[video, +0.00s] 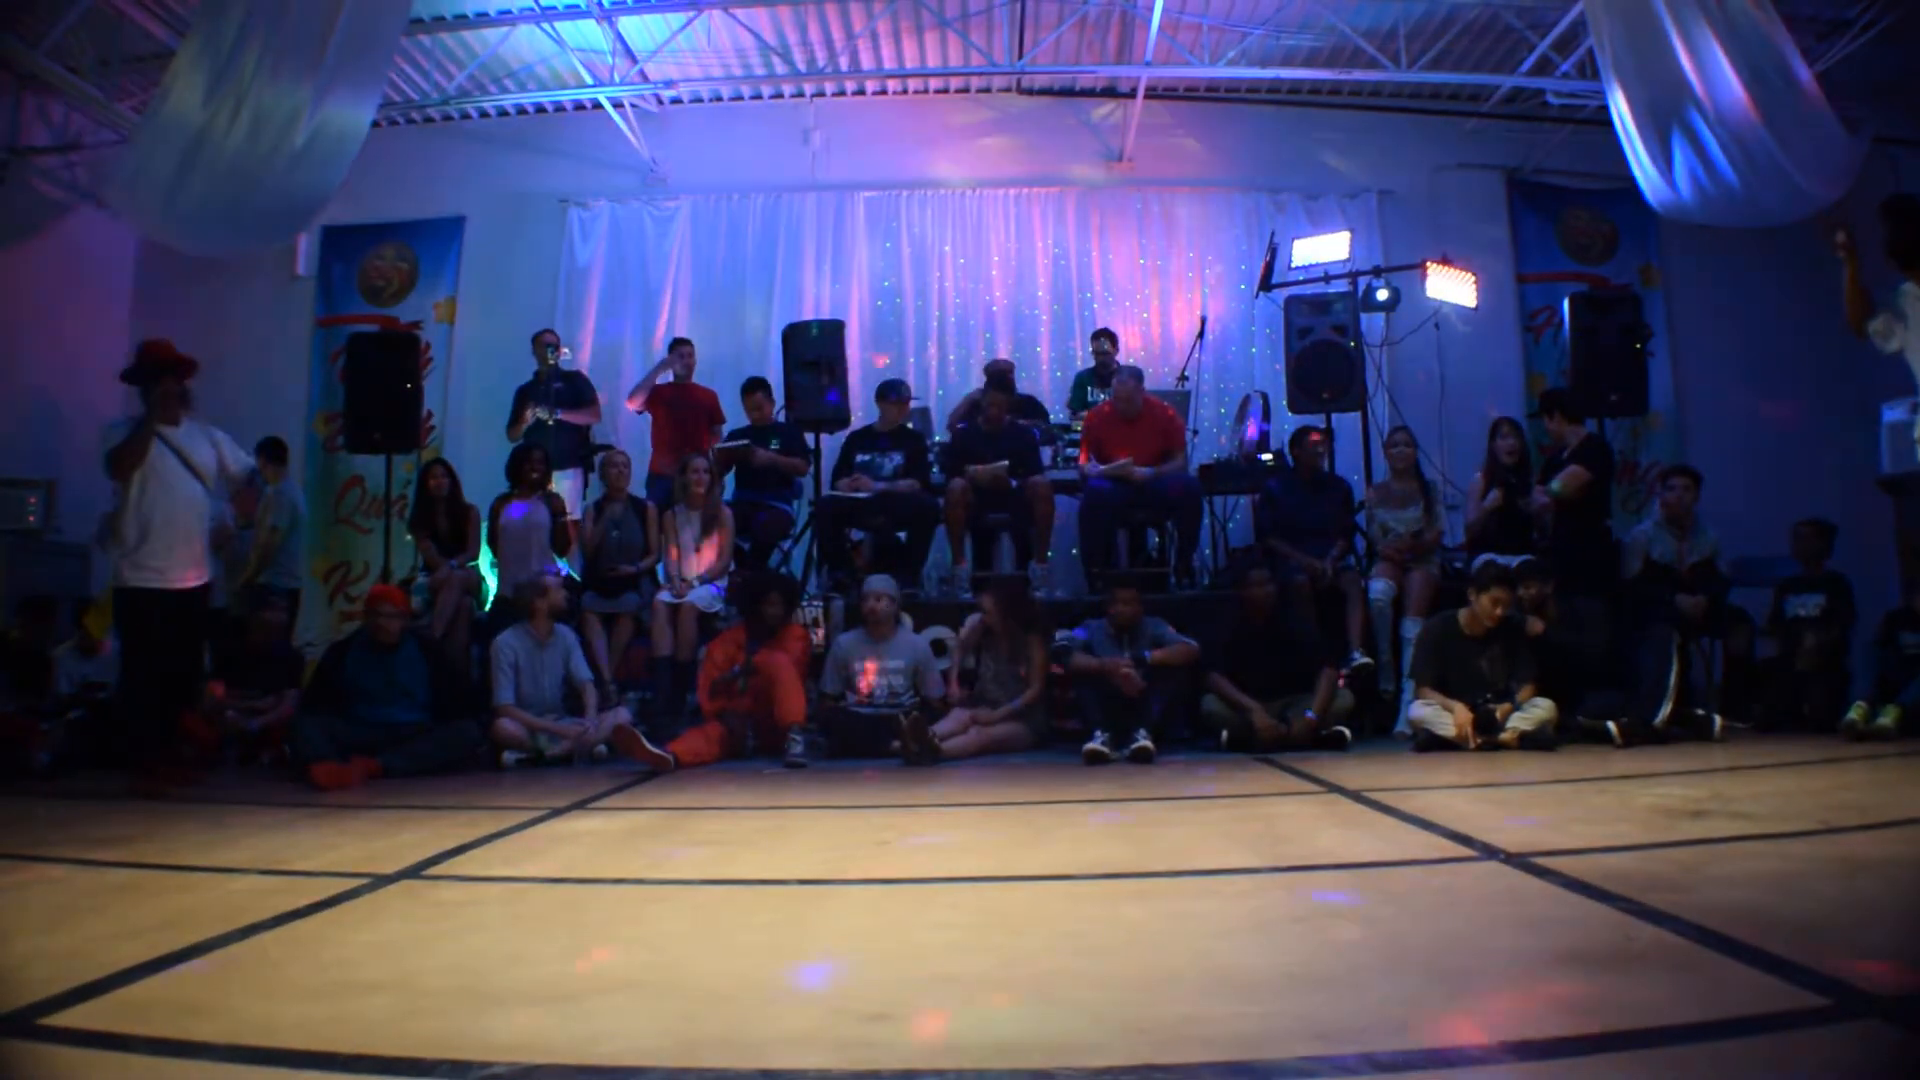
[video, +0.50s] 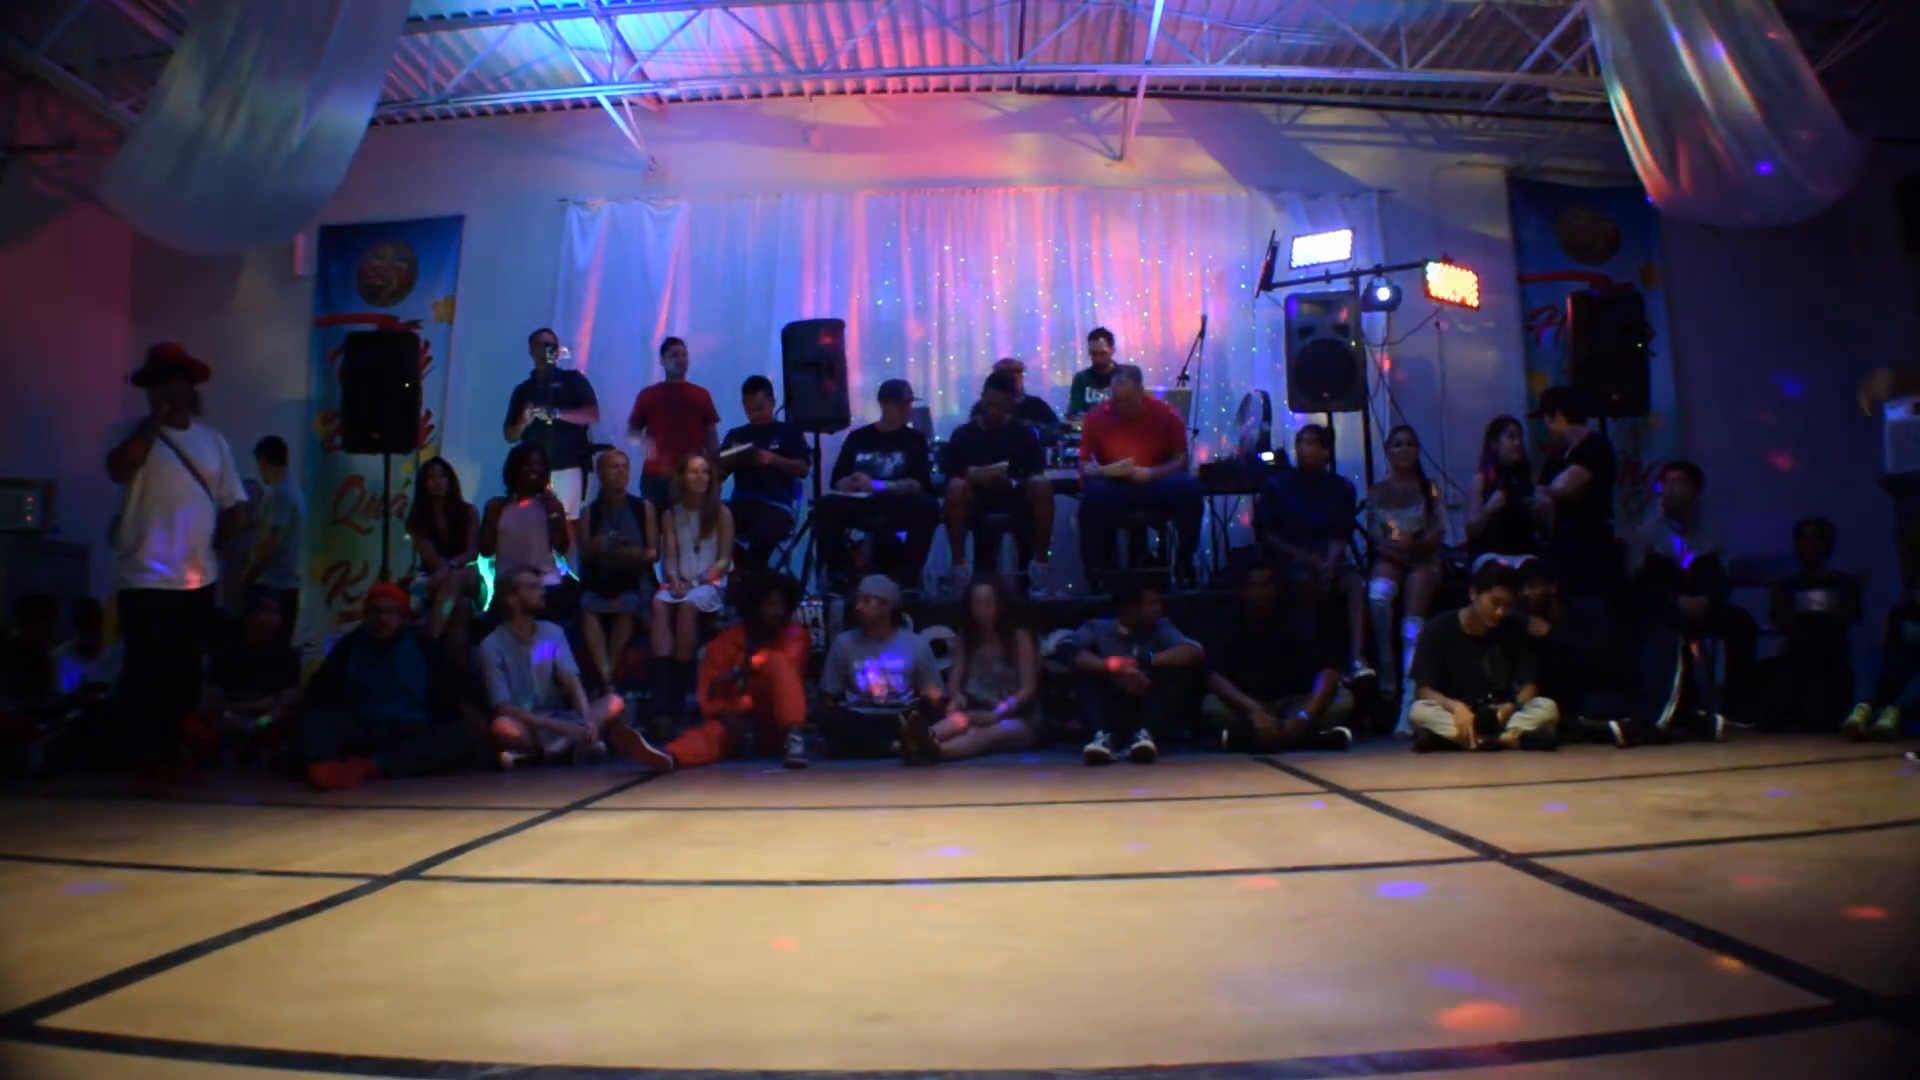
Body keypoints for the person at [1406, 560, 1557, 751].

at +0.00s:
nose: (1499, 612)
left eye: (1505, 606)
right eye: (1494, 603)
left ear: (1511, 606)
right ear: (1472, 596)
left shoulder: (1510, 630)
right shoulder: (1438, 629)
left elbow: (1528, 686)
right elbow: (1423, 690)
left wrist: (1508, 707)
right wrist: (1456, 707)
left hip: (1499, 706)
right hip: (1457, 710)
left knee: (1546, 707)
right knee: (1418, 711)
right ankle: (1505, 740)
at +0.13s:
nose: (1500, 612)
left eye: (1505, 606)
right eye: (1495, 603)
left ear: (1511, 606)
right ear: (1473, 595)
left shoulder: (1511, 630)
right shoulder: (1438, 629)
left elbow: (1529, 686)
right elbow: (1423, 690)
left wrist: (1508, 707)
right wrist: (1456, 707)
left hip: (1499, 707)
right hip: (1457, 710)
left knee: (1546, 707)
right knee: (1418, 711)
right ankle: (1506, 740)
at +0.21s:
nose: (1500, 612)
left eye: (1506, 606)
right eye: (1495, 603)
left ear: (1512, 606)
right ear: (1473, 595)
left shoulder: (1511, 630)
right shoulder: (1438, 629)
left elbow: (1529, 685)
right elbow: (1423, 690)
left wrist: (1508, 708)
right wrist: (1457, 707)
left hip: (1500, 707)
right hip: (1458, 712)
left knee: (1547, 707)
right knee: (1419, 711)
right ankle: (1507, 740)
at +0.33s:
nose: (1500, 612)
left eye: (1506, 606)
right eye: (1495, 603)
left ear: (1512, 606)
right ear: (1474, 595)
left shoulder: (1512, 630)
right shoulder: (1439, 629)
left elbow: (1529, 686)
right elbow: (1423, 690)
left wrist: (1508, 708)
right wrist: (1457, 707)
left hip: (1500, 706)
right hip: (1458, 710)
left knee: (1547, 707)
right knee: (1419, 711)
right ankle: (1505, 741)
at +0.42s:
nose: (1500, 612)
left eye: (1506, 606)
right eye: (1495, 603)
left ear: (1512, 606)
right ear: (1474, 595)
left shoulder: (1512, 630)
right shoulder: (1439, 629)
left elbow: (1529, 686)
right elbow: (1424, 690)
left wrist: (1509, 708)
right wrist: (1457, 708)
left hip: (1501, 707)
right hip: (1459, 711)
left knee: (1547, 707)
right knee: (1419, 711)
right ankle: (1506, 741)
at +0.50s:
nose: (1500, 612)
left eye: (1506, 606)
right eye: (1495, 603)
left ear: (1512, 606)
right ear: (1474, 595)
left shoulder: (1512, 630)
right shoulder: (1439, 629)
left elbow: (1530, 686)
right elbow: (1424, 690)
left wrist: (1509, 708)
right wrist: (1457, 707)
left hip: (1501, 707)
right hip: (1459, 711)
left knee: (1547, 707)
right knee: (1419, 711)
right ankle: (1505, 741)